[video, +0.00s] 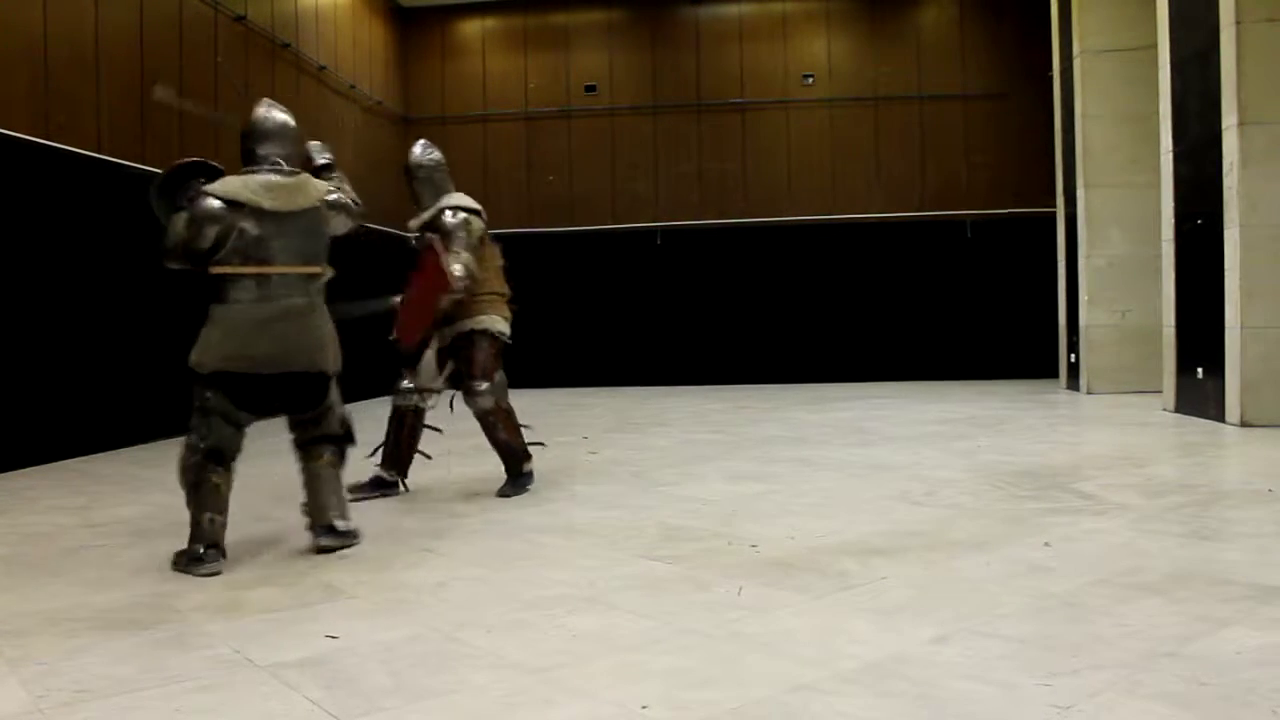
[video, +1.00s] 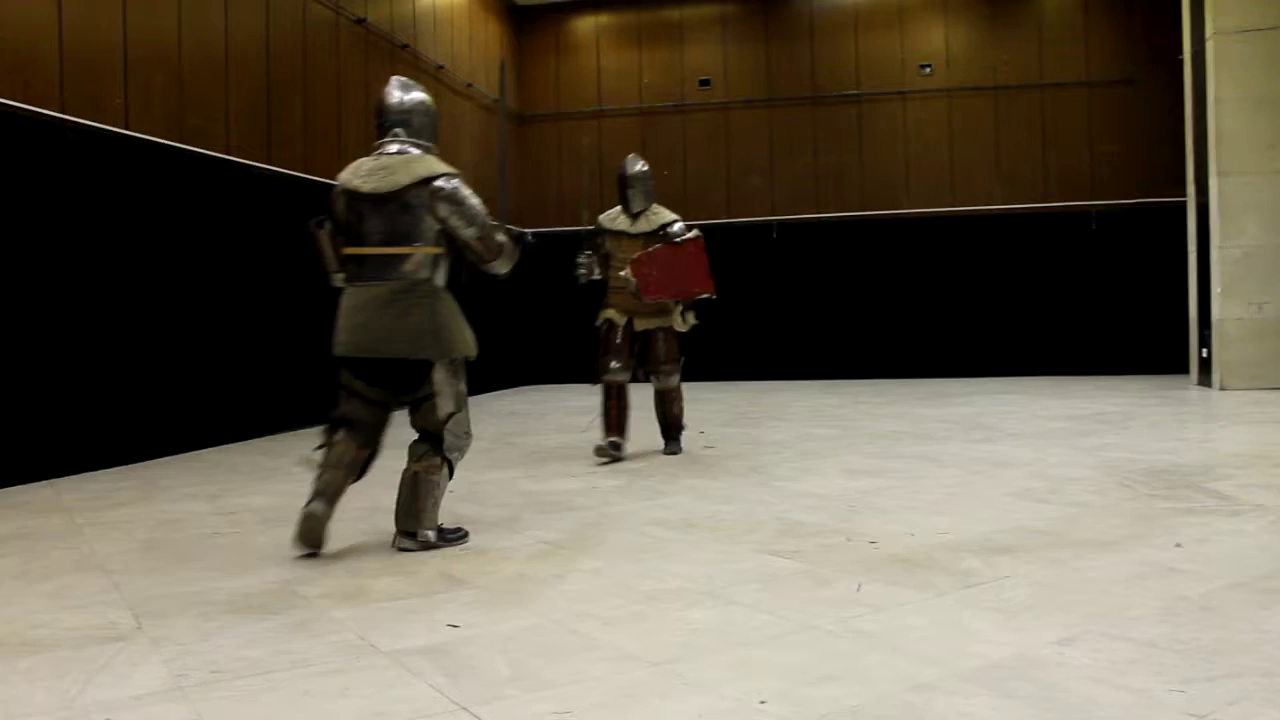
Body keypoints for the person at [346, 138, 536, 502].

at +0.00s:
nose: (417, 187)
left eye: (421, 178)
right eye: (415, 179)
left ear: (433, 178)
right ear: (422, 181)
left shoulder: (457, 215)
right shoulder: (431, 223)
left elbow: (458, 279)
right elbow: (429, 279)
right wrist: (409, 303)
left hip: (480, 313)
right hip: (445, 317)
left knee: (481, 389)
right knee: (410, 391)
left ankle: (519, 469)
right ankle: (391, 474)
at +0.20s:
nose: (459, 182)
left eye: (465, 173)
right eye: (453, 175)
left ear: (477, 173)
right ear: (446, 178)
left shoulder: (492, 216)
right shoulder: (453, 218)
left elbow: (500, 272)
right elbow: (455, 266)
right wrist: (427, 279)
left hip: (502, 312)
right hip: (464, 315)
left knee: (497, 386)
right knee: (428, 384)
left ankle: (521, 470)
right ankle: (449, 454)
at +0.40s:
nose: (492, 185)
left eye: (498, 176)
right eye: (486, 177)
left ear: (509, 178)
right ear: (476, 180)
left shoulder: (523, 219)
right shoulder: (468, 222)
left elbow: (545, 268)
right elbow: (468, 265)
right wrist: (429, 267)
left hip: (517, 319)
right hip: (477, 322)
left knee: (517, 384)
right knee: (469, 390)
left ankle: (533, 464)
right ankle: (502, 447)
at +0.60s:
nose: (536, 177)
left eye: (542, 168)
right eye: (529, 170)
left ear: (550, 169)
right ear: (518, 172)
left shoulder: (568, 213)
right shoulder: (505, 216)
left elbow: (600, 269)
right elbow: (501, 262)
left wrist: (587, 311)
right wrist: (475, 259)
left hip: (560, 314)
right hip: (518, 315)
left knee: (569, 379)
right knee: (521, 382)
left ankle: (581, 452)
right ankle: (540, 452)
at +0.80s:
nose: (593, 186)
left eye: (599, 179)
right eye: (587, 179)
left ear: (608, 179)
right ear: (577, 182)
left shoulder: (628, 219)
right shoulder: (565, 222)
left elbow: (650, 265)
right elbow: (560, 267)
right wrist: (541, 260)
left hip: (618, 314)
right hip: (575, 313)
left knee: (631, 377)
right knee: (570, 379)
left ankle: (646, 433)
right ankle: (578, 450)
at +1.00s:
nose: (636, 193)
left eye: (641, 186)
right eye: (630, 186)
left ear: (650, 186)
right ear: (621, 188)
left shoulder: (668, 223)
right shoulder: (606, 223)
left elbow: (684, 270)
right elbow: (600, 262)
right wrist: (591, 269)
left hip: (658, 314)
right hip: (618, 313)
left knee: (666, 377)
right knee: (613, 375)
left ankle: (672, 438)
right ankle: (614, 439)